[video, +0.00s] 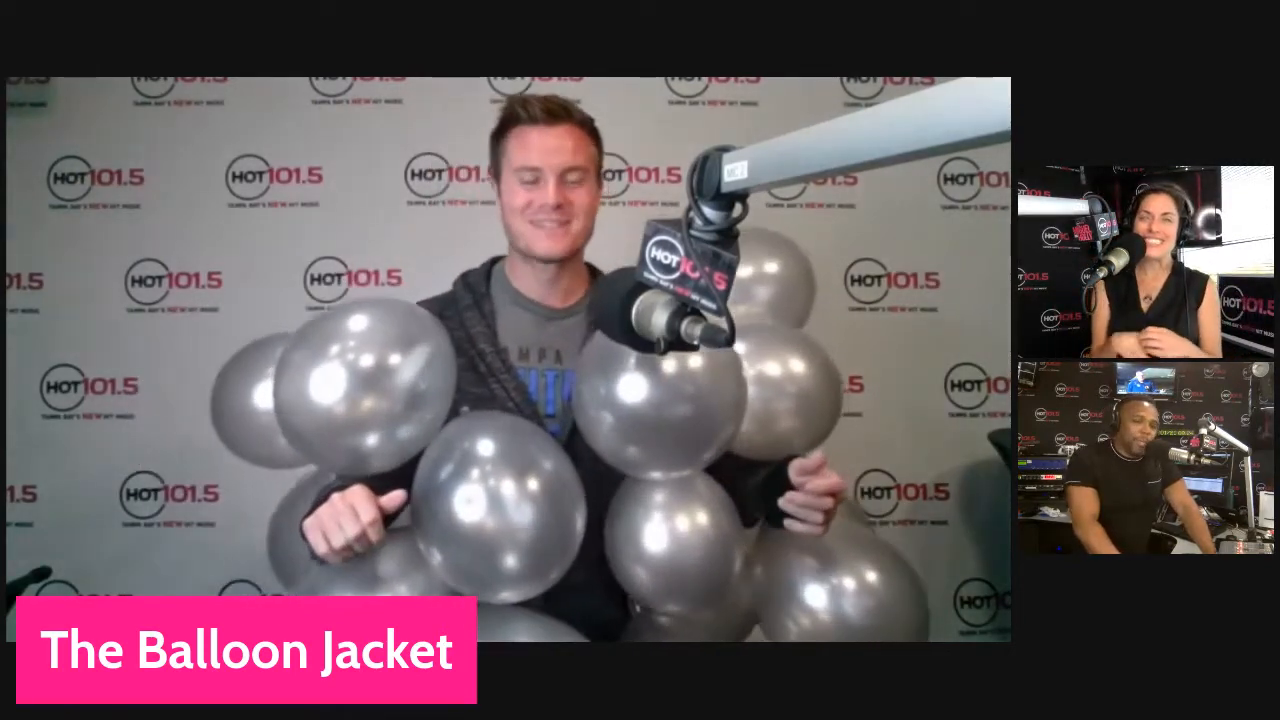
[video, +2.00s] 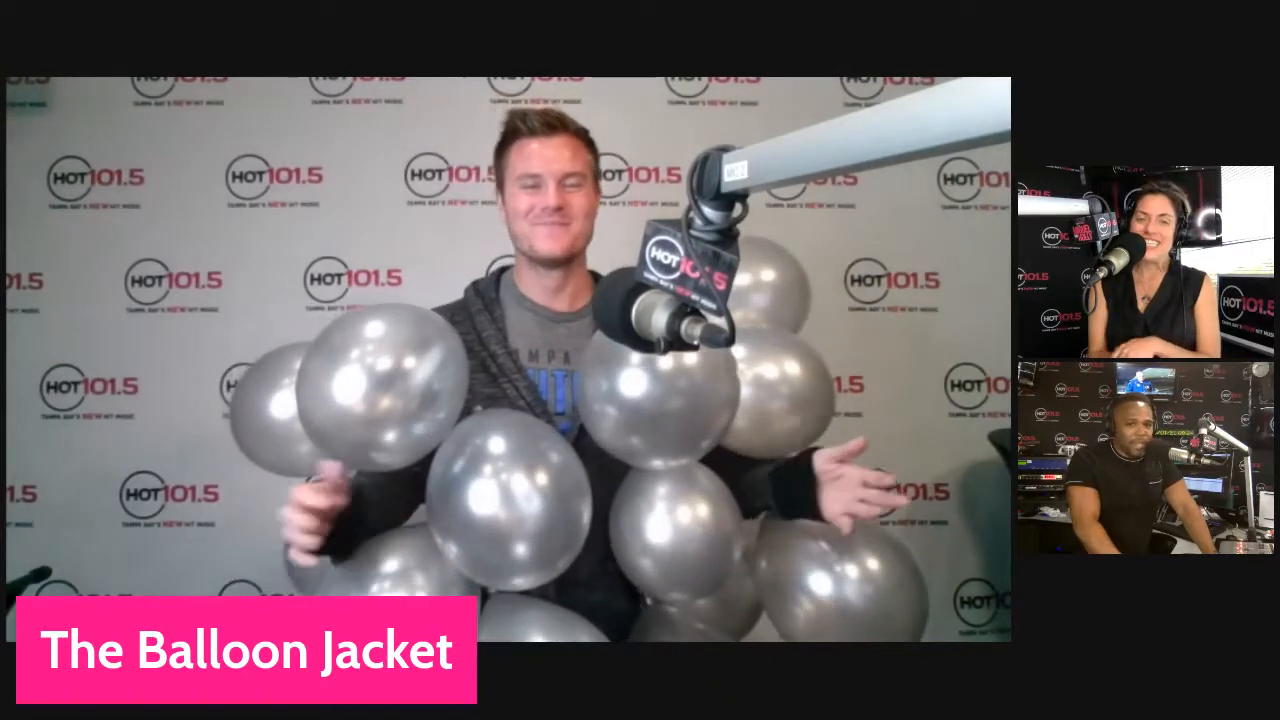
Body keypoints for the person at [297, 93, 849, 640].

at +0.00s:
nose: (552, 199)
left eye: (573, 178)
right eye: (528, 178)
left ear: (599, 191)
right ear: (497, 190)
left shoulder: (654, 320)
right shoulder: (432, 331)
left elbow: (711, 460)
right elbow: (369, 449)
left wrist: (783, 490)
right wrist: (337, 502)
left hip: (637, 622)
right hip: (488, 617)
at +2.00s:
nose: (550, 201)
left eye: (570, 182)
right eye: (529, 184)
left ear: (599, 197)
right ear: (501, 203)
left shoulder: (656, 322)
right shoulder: (442, 338)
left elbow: (707, 465)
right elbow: (408, 475)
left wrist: (795, 483)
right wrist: (344, 510)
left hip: (649, 618)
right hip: (504, 615)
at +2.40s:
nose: (552, 204)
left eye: (570, 184)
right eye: (529, 187)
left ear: (596, 197)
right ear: (496, 204)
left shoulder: (654, 325)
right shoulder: (442, 337)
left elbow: (725, 461)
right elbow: (399, 475)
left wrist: (842, 457)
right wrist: (294, 508)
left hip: (649, 619)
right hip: (500, 615)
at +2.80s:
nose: (550, 205)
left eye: (569, 187)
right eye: (528, 188)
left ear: (593, 201)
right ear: (494, 203)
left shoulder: (648, 325)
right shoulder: (439, 335)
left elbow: (716, 459)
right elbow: (392, 474)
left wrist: (833, 455)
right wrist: (282, 512)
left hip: (638, 613)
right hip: (491, 609)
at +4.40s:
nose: (518, 207)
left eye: (540, 186)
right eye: (501, 190)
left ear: (586, 195)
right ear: (486, 204)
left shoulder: (650, 315)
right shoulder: (451, 334)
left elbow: (701, 465)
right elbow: (400, 465)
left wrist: (783, 492)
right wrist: (270, 481)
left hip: (628, 620)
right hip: (489, 620)